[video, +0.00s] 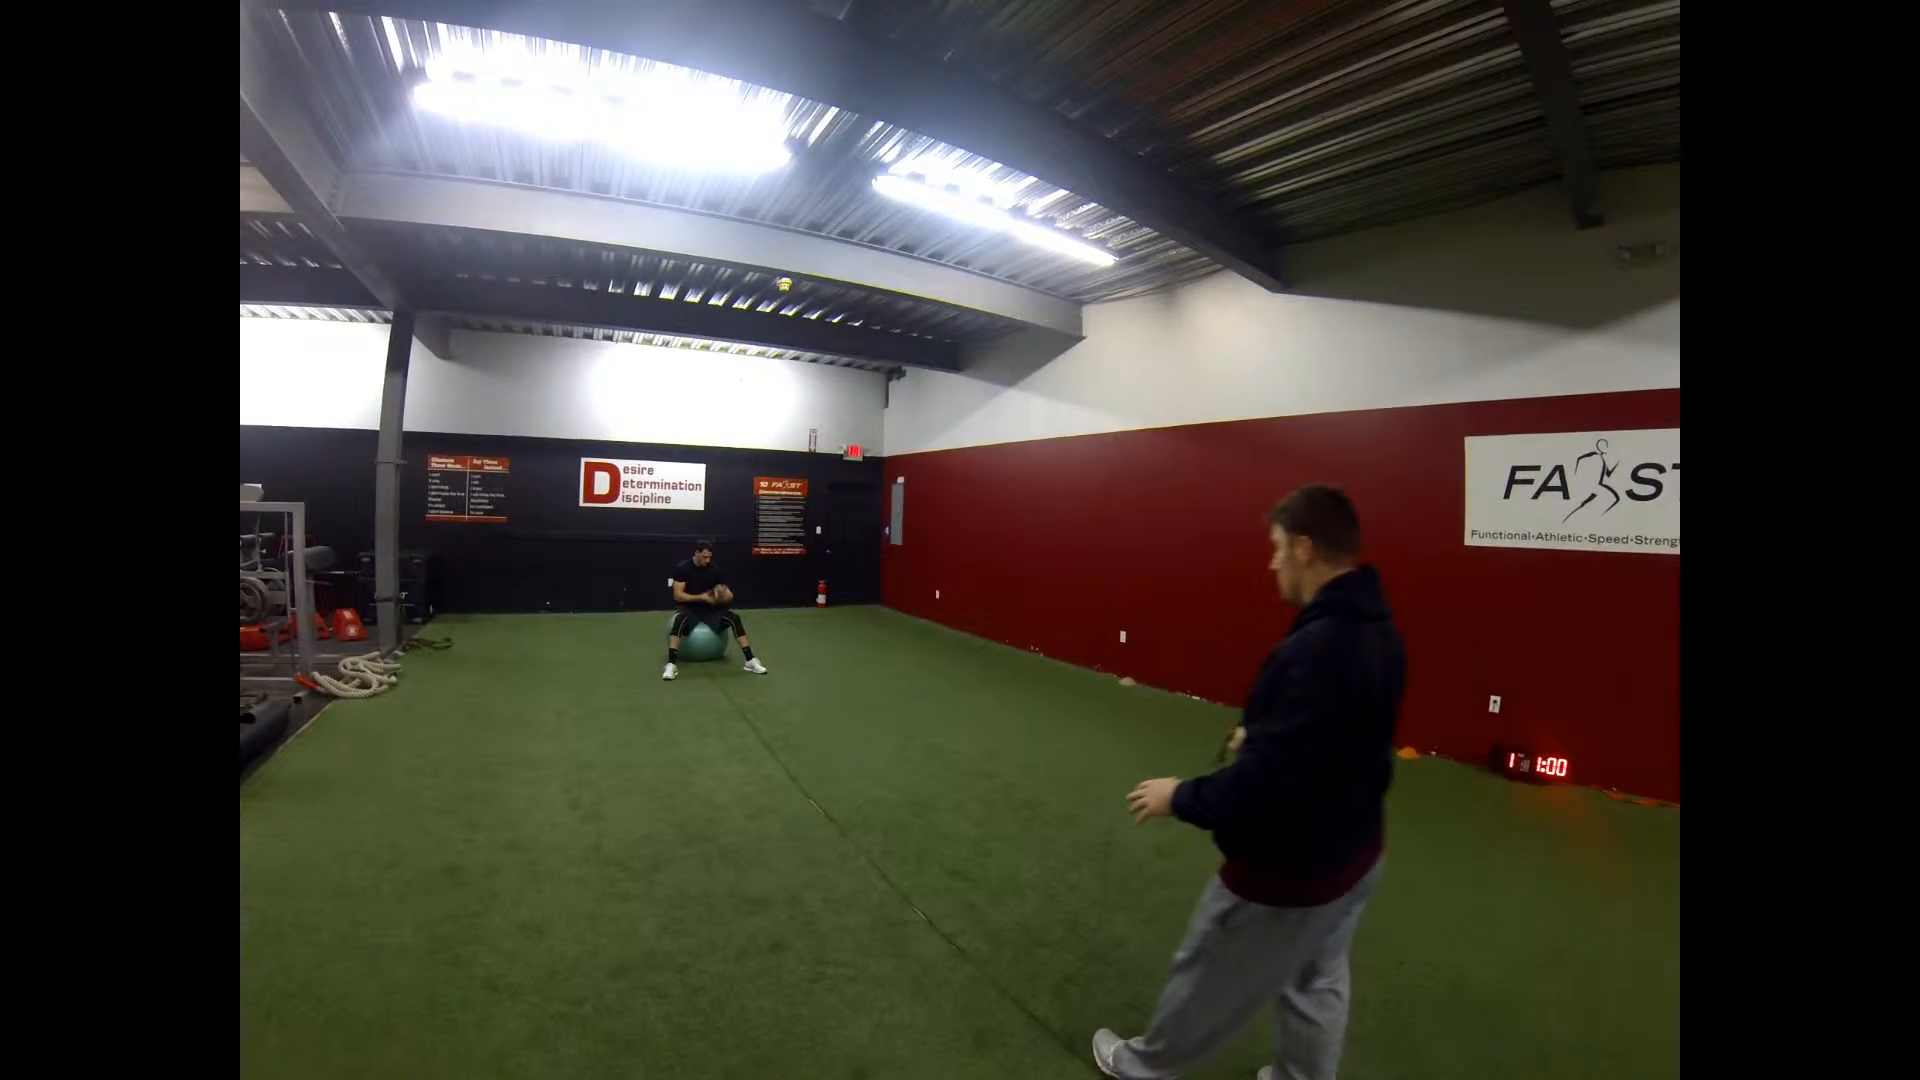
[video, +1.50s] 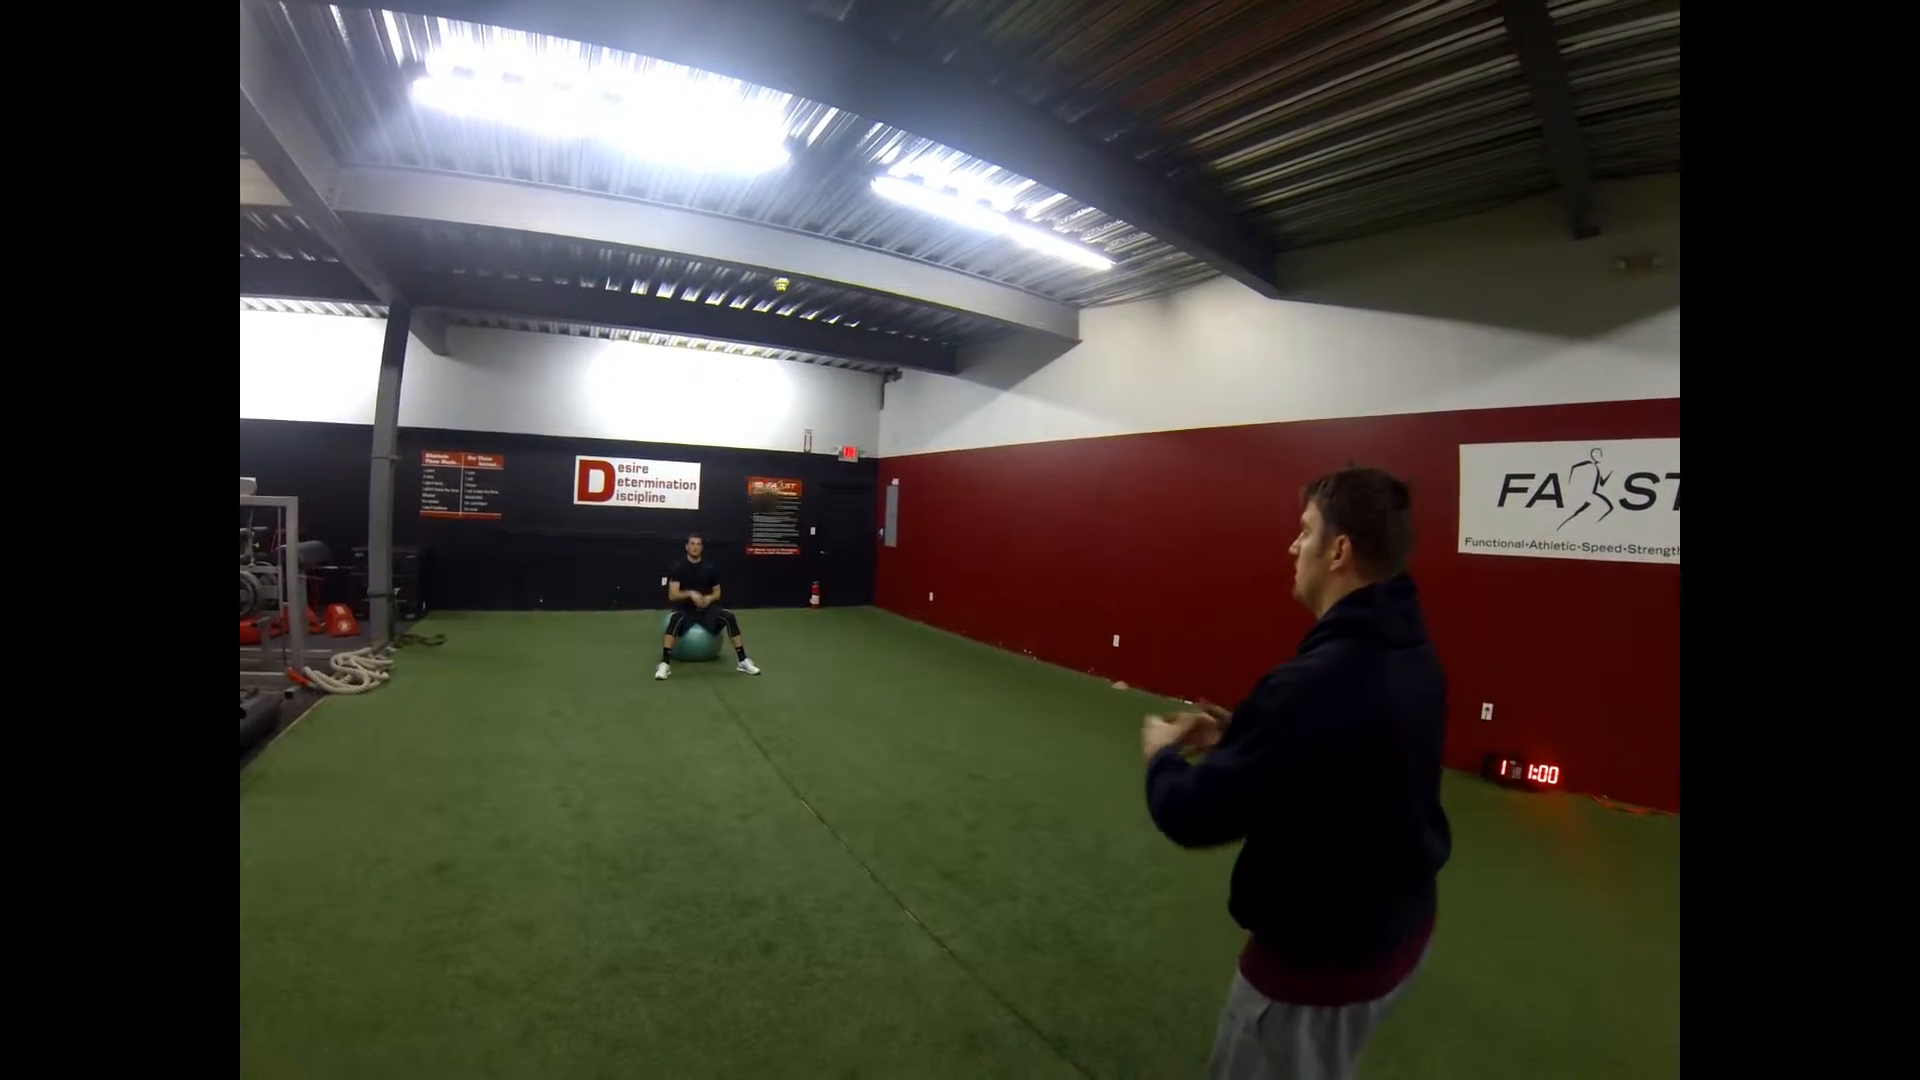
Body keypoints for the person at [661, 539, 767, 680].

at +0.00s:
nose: (707, 561)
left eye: (709, 557)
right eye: (705, 557)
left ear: (712, 556)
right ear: (696, 553)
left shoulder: (714, 569)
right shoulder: (683, 568)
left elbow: (727, 593)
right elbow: (678, 595)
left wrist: (724, 596)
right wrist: (703, 597)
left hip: (711, 607)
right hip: (690, 608)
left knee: (734, 618)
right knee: (679, 620)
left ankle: (750, 660)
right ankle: (671, 664)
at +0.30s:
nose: (704, 564)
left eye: (706, 561)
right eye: (701, 561)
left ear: (709, 560)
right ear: (692, 557)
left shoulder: (710, 572)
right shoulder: (679, 572)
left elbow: (718, 595)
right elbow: (669, 597)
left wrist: (715, 594)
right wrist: (689, 598)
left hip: (706, 611)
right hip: (685, 611)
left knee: (729, 622)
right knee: (676, 622)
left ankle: (746, 663)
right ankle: (667, 667)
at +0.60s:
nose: (691, 562)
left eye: (694, 559)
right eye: (688, 559)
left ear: (700, 558)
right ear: (685, 557)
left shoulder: (708, 573)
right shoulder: (677, 572)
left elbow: (710, 599)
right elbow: (661, 591)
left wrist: (693, 593)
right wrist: (670, 595)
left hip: (702, 612)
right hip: (682, 611)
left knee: (726, 623)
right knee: (674, 625)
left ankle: (743, 665)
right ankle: (664, 669)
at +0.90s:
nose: (690, 557)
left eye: (693, 554)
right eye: (687, 554)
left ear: (697, 556)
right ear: (681, 555)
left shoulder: (706, 573)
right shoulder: (676, 575)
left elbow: (720, 597)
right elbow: (669, 598)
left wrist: (708, 603)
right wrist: (659, 586)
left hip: (704, 615)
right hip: (684, 615)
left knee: (727, 623)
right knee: (677, 626)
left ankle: (742, 667)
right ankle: (664, 670)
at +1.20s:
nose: (691, 549)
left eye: (694, 547)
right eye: (688, 546)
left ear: (699, 549)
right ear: (684, 549)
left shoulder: (708, 568)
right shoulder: (680, 567)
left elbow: (721, 592)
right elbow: (670, 572)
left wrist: (714, 588)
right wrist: (663, 551)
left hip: (706, 612)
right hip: (685, 612)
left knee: (728, 621)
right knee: (677, 622)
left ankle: (743, 664)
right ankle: (665, 667)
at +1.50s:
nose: (695, 547)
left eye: (698, 544)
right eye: (692, 544)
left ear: (702, 547)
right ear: (687, 546)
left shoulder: (710, 568)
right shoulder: (679, 568)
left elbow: (717, 593)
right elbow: (673, 595)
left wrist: (708, 599)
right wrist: (691, 594)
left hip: (707, 608)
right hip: (686, 609)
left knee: (729, 617)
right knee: (676, 618)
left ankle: (743, 660)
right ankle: (664, 663)